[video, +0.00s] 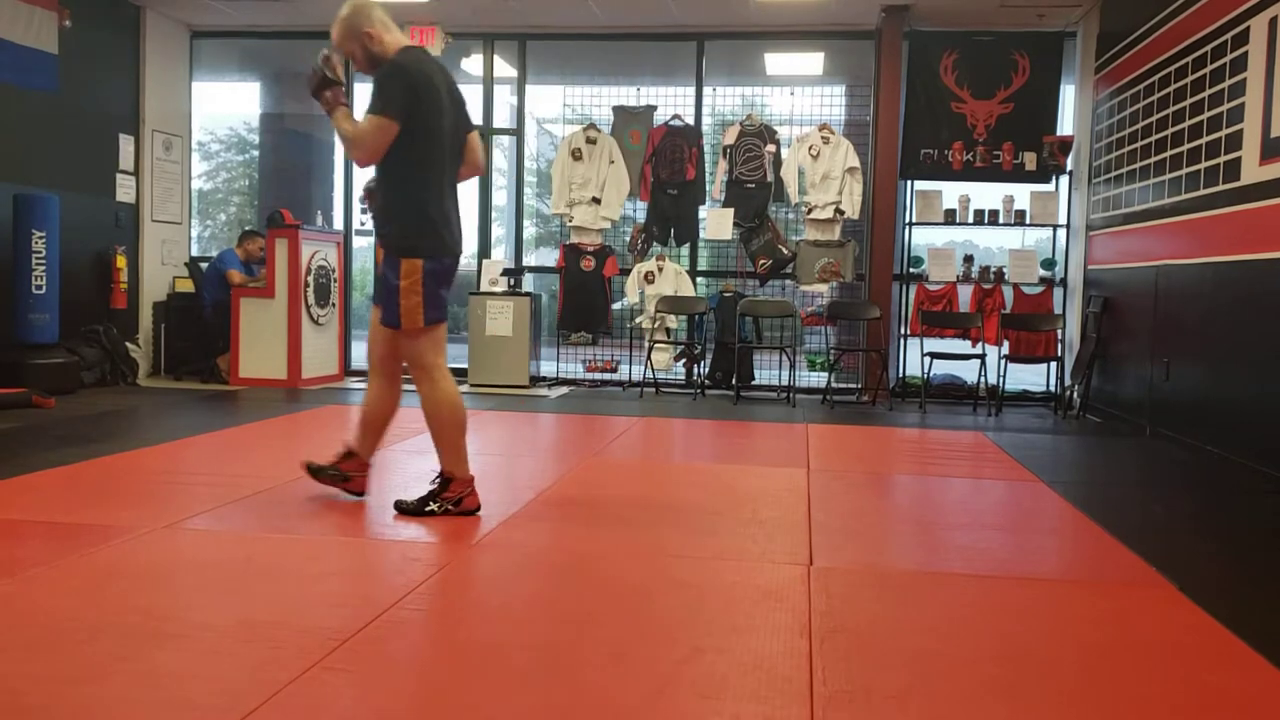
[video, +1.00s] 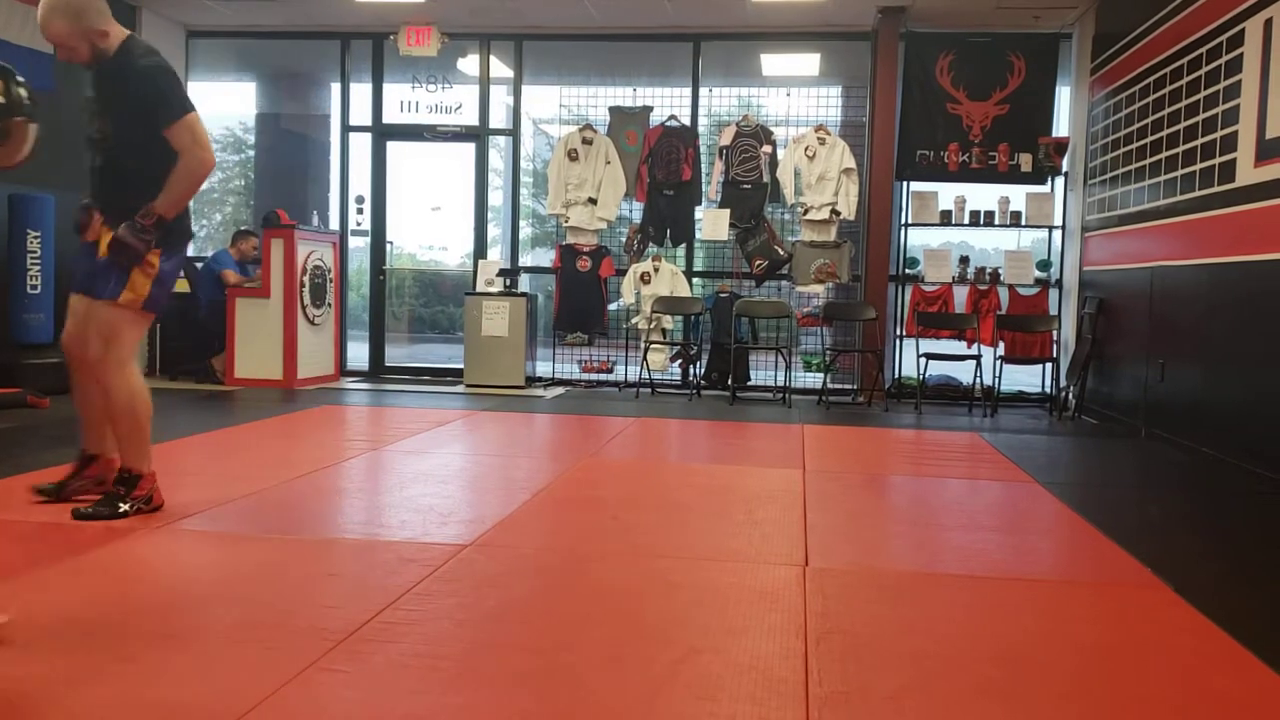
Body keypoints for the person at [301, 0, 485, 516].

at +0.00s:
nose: (356, 70)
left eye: (353, 59)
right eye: (351, 63)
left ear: (370, 37)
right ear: (383, 34)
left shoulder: (403, 71)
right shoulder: (436, 74)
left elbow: (364, 150)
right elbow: (472, 160)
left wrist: (336, 107)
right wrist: (397, 186)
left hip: (416, 243)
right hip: (415, 240)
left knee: (427, 365)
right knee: (384, 358)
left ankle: (458, 486)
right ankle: (355, 465)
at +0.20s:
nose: (292, 77)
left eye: (290, 66)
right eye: (287, 70)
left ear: (310, 46)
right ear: (314, 45)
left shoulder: (352, 73)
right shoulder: (350, 77)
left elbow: (333, 152)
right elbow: (332, 152)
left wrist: (289, 114)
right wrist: (293, 115)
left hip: (357, 242)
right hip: (345, 240)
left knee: (330, 361)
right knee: (328, 362)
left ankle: (424, 456)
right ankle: (323, 472)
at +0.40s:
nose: (234, 70)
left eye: (232, 60)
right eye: (228, 63)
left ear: (256, 39)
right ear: (255, 41)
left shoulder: (305, 66)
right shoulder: (282, 78)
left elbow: (337, 142)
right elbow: (294, 155)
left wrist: (272, 180)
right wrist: (257, 187)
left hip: (302, 230)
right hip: (310, 231)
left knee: (232, 335)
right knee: (307, 358)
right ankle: (320, 473)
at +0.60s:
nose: (172, 74)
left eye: (171, 63)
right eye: (166, 66)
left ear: (198, 44)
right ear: (195, 47)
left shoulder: (243, 78)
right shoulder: (227, 82)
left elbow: (287, 157)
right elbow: (253, 161)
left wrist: (240, 222)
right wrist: (229, 224)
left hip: (248, 244)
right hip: (256, 240)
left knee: (194, 358)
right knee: (272, 358)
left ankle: (151, 480)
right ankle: (315, 470)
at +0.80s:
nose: (102, 68)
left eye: (100, 56)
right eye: (96, 60)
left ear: (125, 38)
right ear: (126, 36)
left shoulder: (172, 67)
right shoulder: (158, 69)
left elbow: (217, 155)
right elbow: (189, 156)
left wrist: (172, 217)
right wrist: (160, 214)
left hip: (192, 236)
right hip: (190, 232)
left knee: (145, 353)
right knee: (168, 343)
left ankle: (141, 483)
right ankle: (244, 427)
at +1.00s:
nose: (60, 56)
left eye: (61, 45)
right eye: (55, 47)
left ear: (91, 30)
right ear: (90, 27)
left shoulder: (145, 67)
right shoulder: (107, 69)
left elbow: (199, 156)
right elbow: (123, 151)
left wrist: (148, 223)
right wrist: (98, 204)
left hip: (149, 237)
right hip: (110, 228)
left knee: (112, 352)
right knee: (77, 342)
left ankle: (140, 484)